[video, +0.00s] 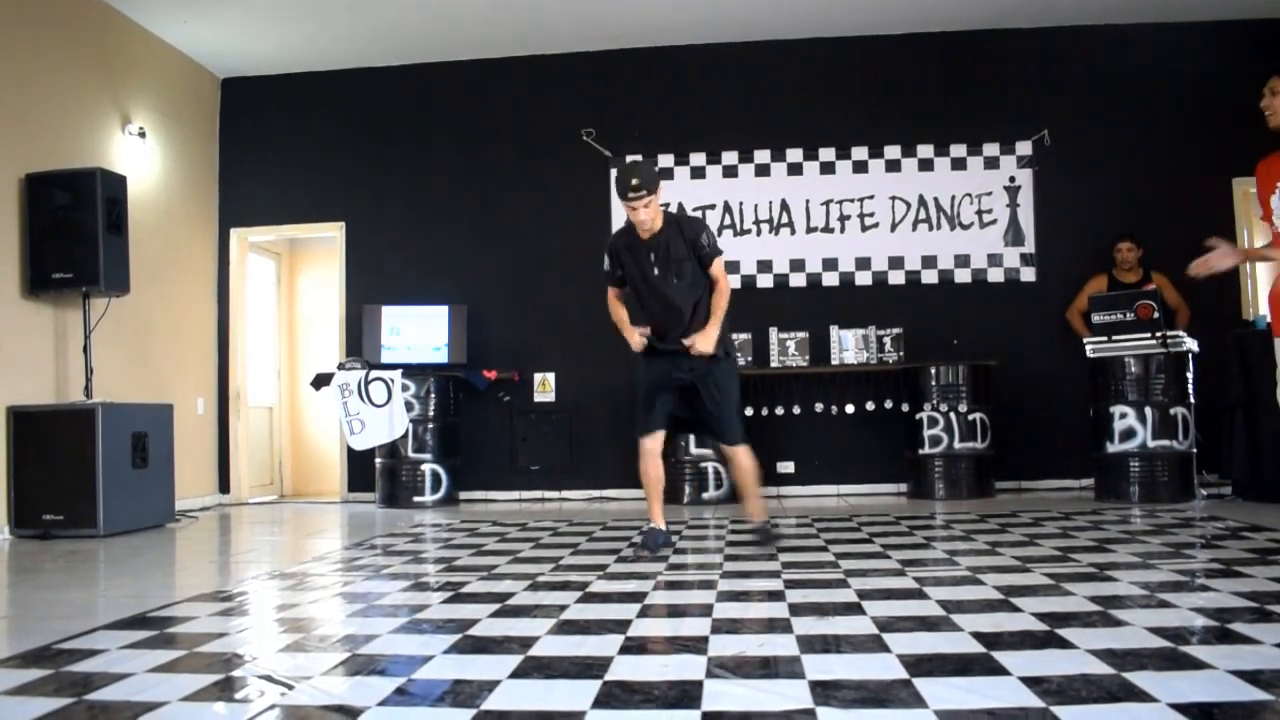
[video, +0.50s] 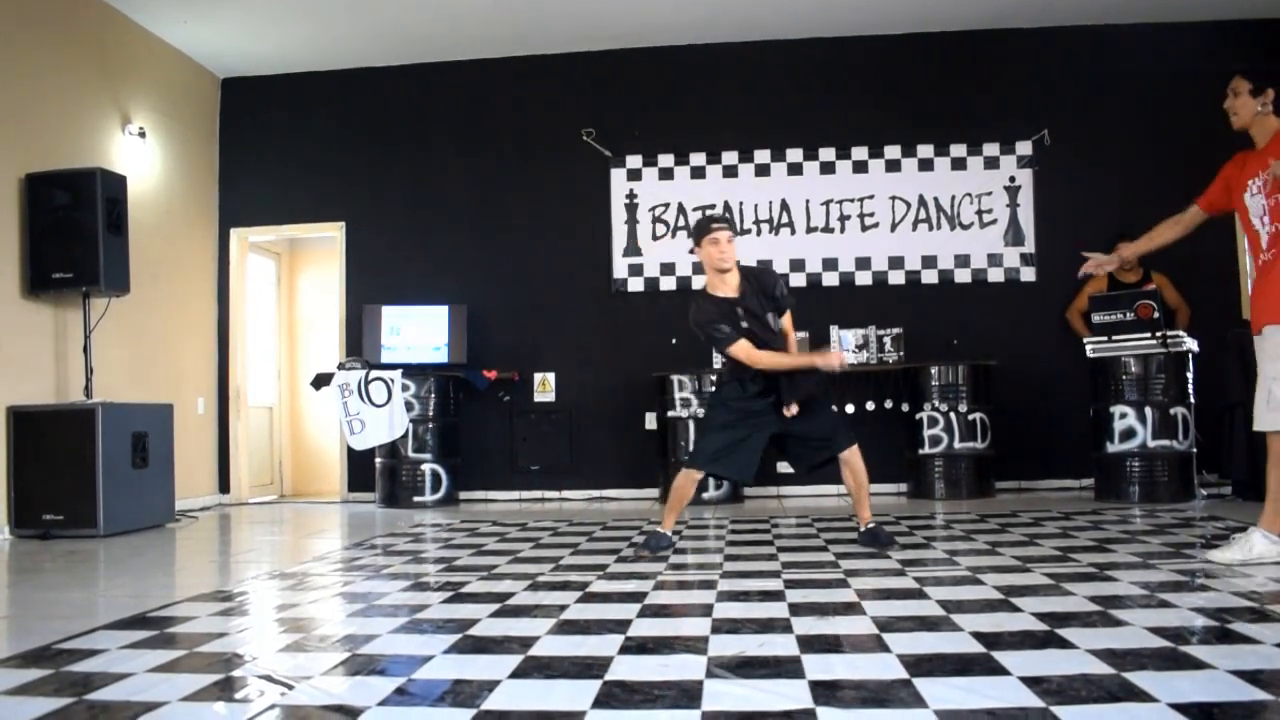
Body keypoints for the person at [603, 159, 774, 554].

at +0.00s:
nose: (640, 214)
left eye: (646, 205)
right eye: (632, 207)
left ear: (660, 195)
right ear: (622, 205)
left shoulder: (691, 230)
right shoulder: (619, 246)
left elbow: (722, 282)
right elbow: (615, 295)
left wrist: (712, 330)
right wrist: (627, 329)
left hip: (707, 351)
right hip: (658, 355)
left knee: (731, 441)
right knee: (649, 440)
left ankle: (759, 521)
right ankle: (657, 527)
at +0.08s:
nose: (640, 224)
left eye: (645, 215)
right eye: (632, 217)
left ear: (658, 213)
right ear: (623, 221)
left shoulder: (691, 245)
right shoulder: (626, 268)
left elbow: (726, 296)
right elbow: (628, 330)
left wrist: (729, 349)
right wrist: (639, 376)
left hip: (716, 367)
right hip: (666, 378)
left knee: (766, 441)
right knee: (653, 451)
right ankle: (658, 530)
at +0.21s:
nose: (657, 232)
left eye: (663, 223)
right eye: (647, 226)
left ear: (672, 226)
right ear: (634, 235)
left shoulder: (704, 255)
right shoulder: (645, 298)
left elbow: (738, 307)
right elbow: (654, 355)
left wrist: (750, 362)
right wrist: (665, 392)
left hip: (743, 381)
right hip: (694, 397)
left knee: (800, 442)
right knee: (669, 459)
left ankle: (857, 517)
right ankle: (660, 530)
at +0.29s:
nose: (675, 235)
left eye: (680, 228)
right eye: (665, 230)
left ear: (689, 233)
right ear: (650, 239)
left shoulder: (722, 262)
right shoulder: (658, 297)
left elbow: (758, 315)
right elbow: (670, 362)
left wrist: (774, 371)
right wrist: (684, 347)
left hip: (761, 379)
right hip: (711, 389)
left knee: (816, 447)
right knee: (682, 460)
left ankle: (862, 522)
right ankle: (662, 532)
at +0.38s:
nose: (698, 241)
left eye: (703, 233)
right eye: (688, 235)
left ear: (712, 238)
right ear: (672, 244)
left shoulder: (740, 270)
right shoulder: (680, 307)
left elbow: (773, 324)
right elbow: (709, 365)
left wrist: (775, 381)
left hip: (772, 379)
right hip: (725, 391)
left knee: (831, 442)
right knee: (691, 460)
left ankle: (864, 523)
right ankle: (663, 531)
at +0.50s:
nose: (724, 248)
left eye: (729, 241)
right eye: (714, 243)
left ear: (737, 247)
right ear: (698, 253)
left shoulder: (765, 280)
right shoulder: (704, 311)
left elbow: (789, 333)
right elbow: (753, 357)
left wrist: (789, 390)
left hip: (788, 383)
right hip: (739, 392)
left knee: (847, 443)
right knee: (697, 463)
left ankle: (867, 524)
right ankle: (664, 529)